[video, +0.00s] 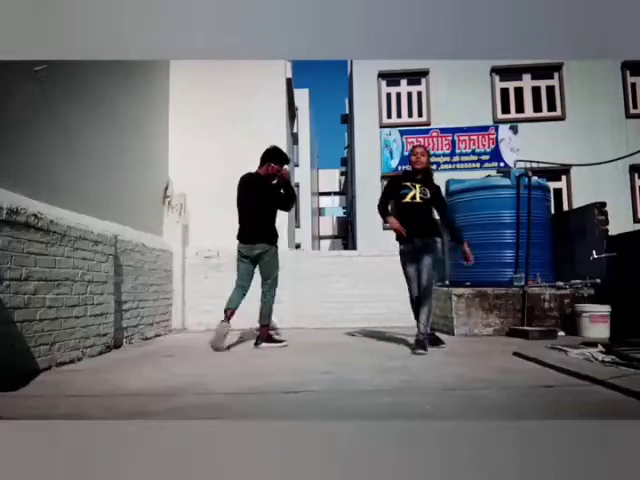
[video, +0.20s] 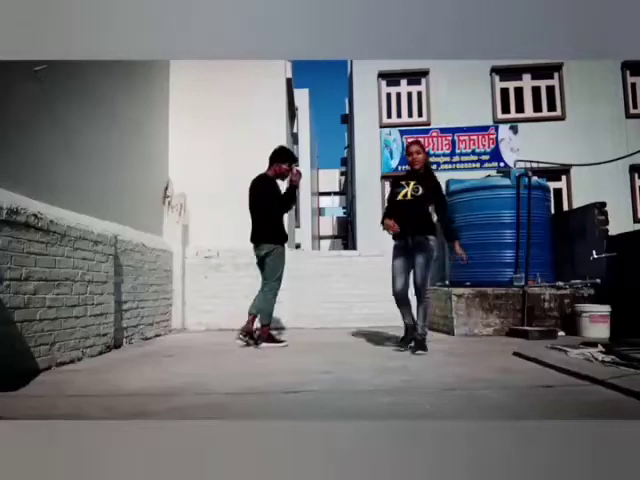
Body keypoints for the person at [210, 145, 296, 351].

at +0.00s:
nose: (280, 171)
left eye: (281, 168)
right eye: (280, 168)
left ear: (262, 163)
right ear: (272, 166)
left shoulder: (245, 180)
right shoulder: (269, 187)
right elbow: (288, 204)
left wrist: (276, 182)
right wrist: (287, 182)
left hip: (245, 241)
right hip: (265, 242)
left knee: (241, 285)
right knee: (269, 286)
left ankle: (225, 320)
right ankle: (264, 331)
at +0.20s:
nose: (288, 172)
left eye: (289, 168)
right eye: (288, 167)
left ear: (273, 164)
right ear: (279, 165)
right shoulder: (268, 183)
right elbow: (282, 207)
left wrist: (291, 186)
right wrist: (293, 186)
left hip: (259, 241)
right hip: (273, 241)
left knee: (268, 284)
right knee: (271, 285)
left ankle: (257, 325)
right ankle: (260, 327)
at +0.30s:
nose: (293, 172)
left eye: (294, 168)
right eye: (292, 167)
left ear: (280, 166)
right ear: (281, 165)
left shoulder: (269, 183)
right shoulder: (269, 184)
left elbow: (284, 206)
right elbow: (283, 207)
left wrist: (297, 191)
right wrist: (298, 192)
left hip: (271, 240)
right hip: (273, 241)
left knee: (279, 284)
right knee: (274, 284)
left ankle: (270, 325)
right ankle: (267, 327)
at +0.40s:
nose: (296, 172)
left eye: (297, 169)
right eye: (294, 168)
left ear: (287, 166)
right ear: (284, 165)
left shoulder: (280, 185)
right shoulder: (269, 183)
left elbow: (298, 204)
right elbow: (258, 210)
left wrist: (303, 186)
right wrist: (280, 208)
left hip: (280, 241)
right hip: (273, 241)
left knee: (288, 286)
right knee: (274, 285)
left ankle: (287, 328)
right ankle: (265, 329)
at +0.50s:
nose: (300, 173)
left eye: (302, 169)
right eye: (299, 168)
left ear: (295, 168)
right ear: (288, 165)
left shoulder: (290, 187)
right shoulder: (268, 182)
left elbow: (301, 210)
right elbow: (251, 207)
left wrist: (306, 189)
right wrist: (276, 219)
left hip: (288, 242)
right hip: (274, 242)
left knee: (299, 285)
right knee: (274, 286)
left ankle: (308, 328)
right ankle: (265, 331)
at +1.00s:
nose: (321, 170)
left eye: (324, 167)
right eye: (319, 166)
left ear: (324, 167)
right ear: (309, 163)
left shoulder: (323, 186)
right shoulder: (289, 182)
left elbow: (330, 211)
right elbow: (272, 209)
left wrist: (328, 185)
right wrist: (277, 226)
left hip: (316, 240)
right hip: (292, 239)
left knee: (318, 285)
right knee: (285, 283)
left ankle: (319, 331)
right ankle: (283, 325)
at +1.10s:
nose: (323, 170)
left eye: (325, 166)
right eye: (320, 165)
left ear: (327, 167)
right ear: (311, 163)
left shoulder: (327, 186)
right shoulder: (292, 182)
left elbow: (334, 211)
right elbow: (277, 208)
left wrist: (330, 185)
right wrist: (280, 226)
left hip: (318, 240)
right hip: (294, 239)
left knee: (320, 285)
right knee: (285, 283)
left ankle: (319, 331)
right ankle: (290, 324)